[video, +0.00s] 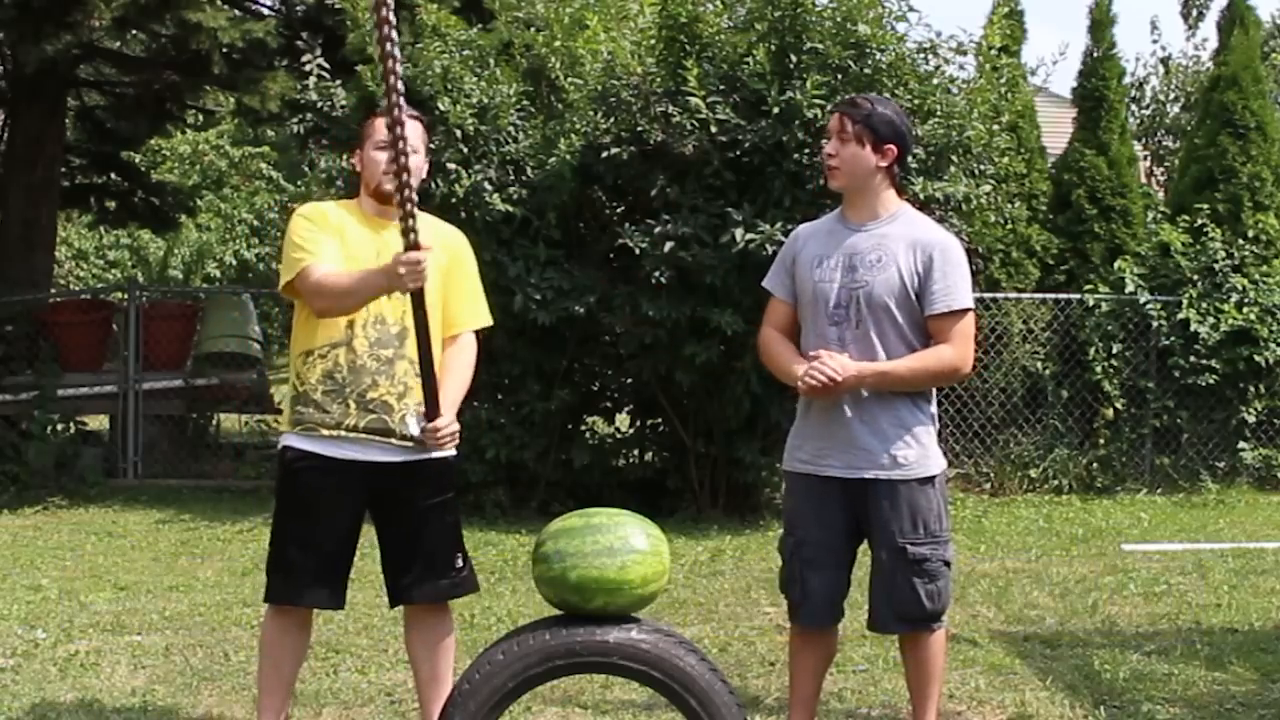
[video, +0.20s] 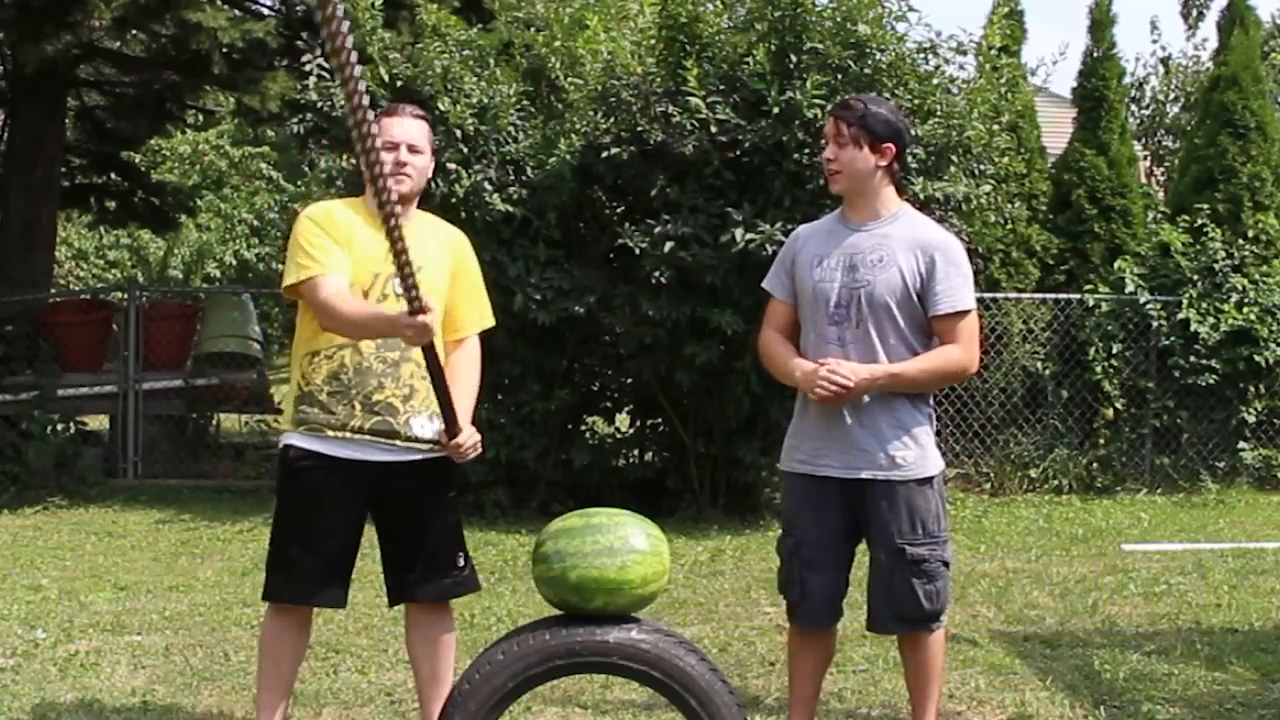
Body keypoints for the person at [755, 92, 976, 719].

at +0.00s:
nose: (826, 151)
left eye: (841, 140)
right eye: (829, 139)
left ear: (884, 155)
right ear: (843, 151)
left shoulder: (934, 245)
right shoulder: (804, 242)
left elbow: (958, 356)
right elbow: (771, 335)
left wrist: (862, 373)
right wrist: (802, 372)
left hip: (904, 467)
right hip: (815, 463)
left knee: (921, 613)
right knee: (809, 612)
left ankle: (924, 716)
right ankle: (799, 716)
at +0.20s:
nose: (827, 155)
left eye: (842, 144)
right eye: (827, 143)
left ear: (884, 154)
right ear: (832, 152)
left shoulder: (935, 245)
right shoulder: (804, 242)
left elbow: (964, 354)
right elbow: (772, 338)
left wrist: (871, 376)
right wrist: (802, 372)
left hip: (902, 466)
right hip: (813, 463)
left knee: (920, 612)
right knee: (808, 611)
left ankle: (924, 716)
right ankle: (799, 716)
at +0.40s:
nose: (824, 160)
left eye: (838, 149)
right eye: (823, 148)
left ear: (882, 155)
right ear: (825, 153)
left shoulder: (935, 245)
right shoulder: (802, 243)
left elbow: (965, 354)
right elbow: (769, 339)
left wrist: (871, 376)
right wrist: (804, 374)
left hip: (902, 467)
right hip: (812, 464)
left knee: (920, 612)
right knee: (808, 611)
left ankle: (924, 716)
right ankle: (799, 716)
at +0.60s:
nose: (822, 161)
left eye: (836, 150)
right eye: (820, 149)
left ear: (879, 156)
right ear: (820, 154)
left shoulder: (934, 245)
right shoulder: (801, 243)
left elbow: (965, 353)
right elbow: (771, 339)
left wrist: (871, 376)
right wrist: (803, 375)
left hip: (903, 467)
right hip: (812, 464)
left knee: (920, 613)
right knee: (808, 611)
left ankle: (924, 716)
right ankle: (799, 716)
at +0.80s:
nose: (821, 160)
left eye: (835, 148)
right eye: (819, 147)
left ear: (878, 156)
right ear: (819, 154)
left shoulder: (934, 242)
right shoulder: (803, 244)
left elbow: (965, 350)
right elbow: (777, 344)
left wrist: (881, 377)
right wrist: (700, 360)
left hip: (905, 466)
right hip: (816, 463)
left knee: (921, 614)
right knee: (810, 611)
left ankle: (924, 718)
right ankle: (799, 716)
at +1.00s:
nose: (823, 158)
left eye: (838, 146)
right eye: (820, 146)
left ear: (880, 155)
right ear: (818, 154)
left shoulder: (934, 242)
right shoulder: (803, 245)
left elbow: (961, 351)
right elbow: (778, 345)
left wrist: (875, 373)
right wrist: (705, 349)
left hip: (904, 466)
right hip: (815, 463)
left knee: (922, 613)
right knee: (809, 611)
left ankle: (923, 716)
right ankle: (799, 716)